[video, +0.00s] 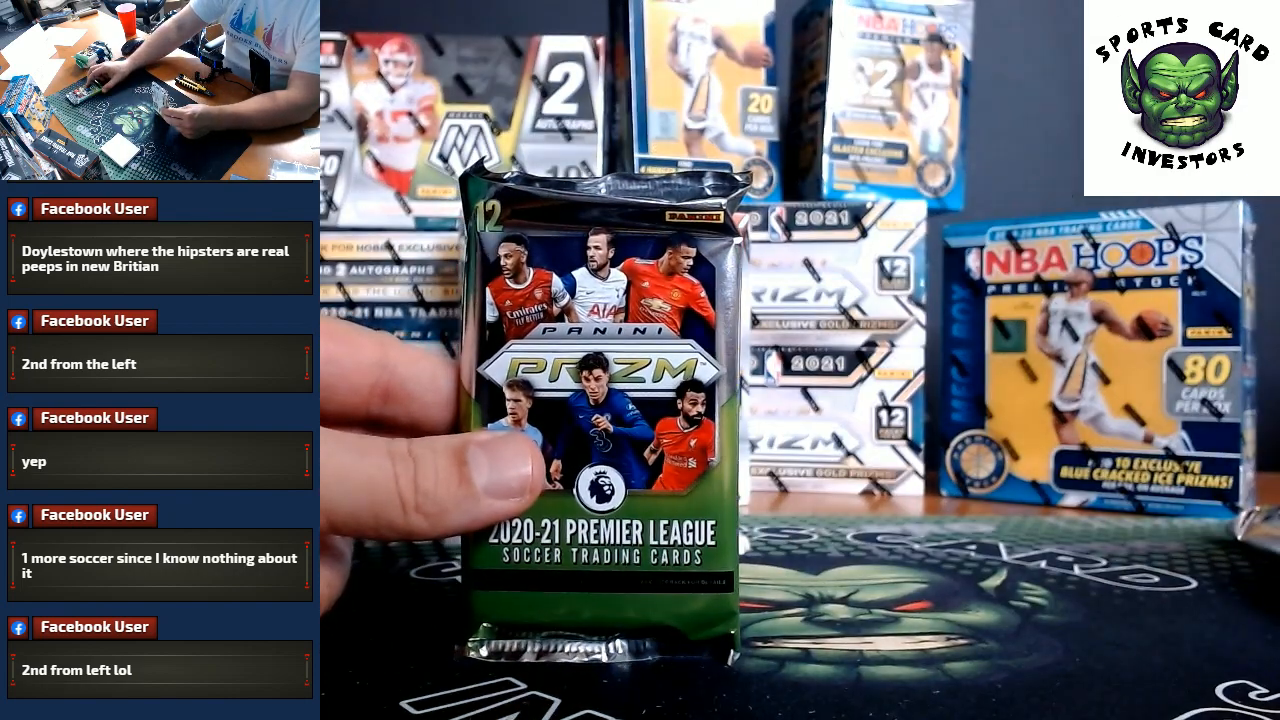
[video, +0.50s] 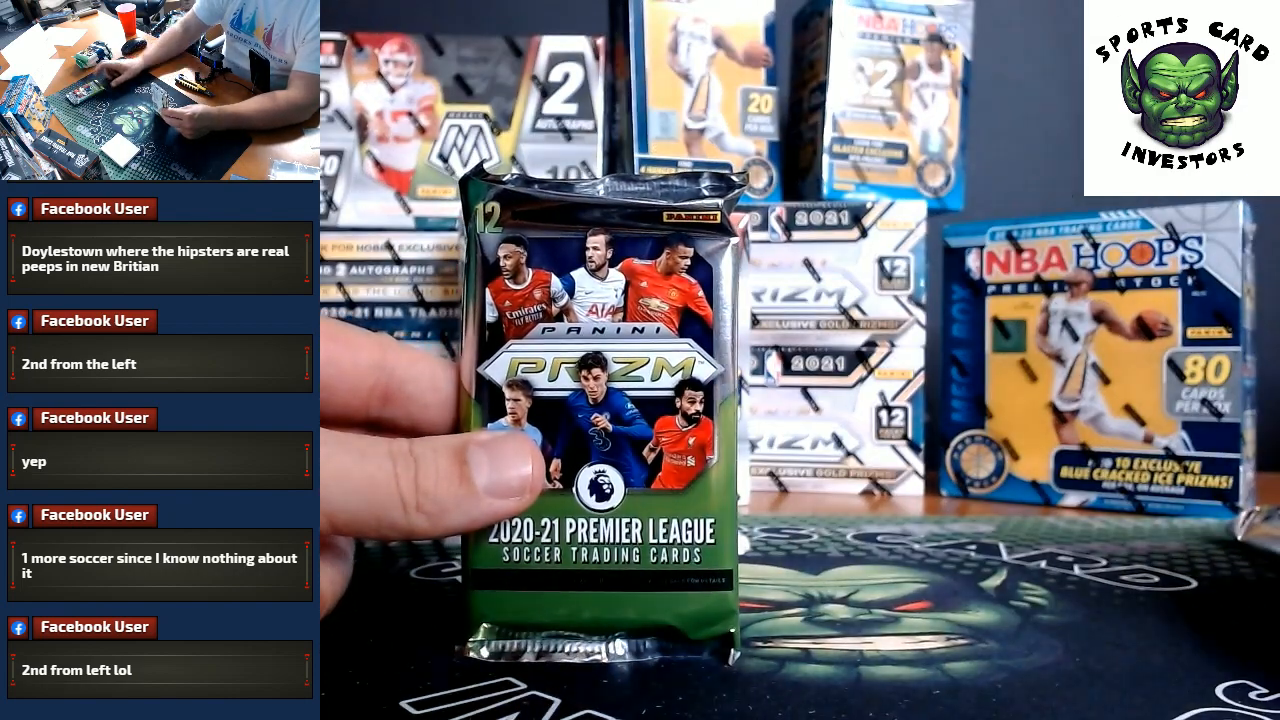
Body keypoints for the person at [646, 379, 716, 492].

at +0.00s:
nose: (699, 409)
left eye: (703, 404)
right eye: (693, 404)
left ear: (706, 404)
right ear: (679, 404)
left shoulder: (710, 431)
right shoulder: (664, 426)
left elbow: (715, 468)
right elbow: (653, 450)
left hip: (691, 497)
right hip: (662, 491)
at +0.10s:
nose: (699, 409)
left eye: (703, 404)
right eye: (693, 404)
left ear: (705, 404)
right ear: (679, 404)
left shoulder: (710, 430)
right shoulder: (663, 426)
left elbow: (714, 467)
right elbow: (653, 449)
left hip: (691, 496)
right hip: (662, 491)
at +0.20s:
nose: (698, 409)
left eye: (702, 403)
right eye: (692, 403)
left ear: (705, 403)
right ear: (678, 403)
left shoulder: (709, 430)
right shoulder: (663, 425)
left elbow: (714, 467)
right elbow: (652, 449)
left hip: (691, 495)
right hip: (661, 490)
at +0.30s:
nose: (698, 408)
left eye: (702, 402)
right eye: (692, 402)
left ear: (704, 402)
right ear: (678, 403)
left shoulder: (708, 428)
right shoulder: (663, 424)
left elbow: (712, 464)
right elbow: (653, 447)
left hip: (691, 494)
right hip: (661, 490)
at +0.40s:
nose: (698, 408)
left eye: (701, 402)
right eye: (692, 402)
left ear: (704, 402)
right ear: (678, 403)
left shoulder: (708, 429)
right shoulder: (662, 424)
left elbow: (713, 464)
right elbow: (652, 448)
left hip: (691, 494)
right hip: (661, 490)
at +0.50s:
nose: (698, 408)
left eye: (701, 402)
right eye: (691, 402)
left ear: (704, 403)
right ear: (678, 403)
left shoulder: (708, 429)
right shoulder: (662, 424)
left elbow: (713, 465)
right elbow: (652, 448)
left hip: (691, 495)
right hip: (661, 490)